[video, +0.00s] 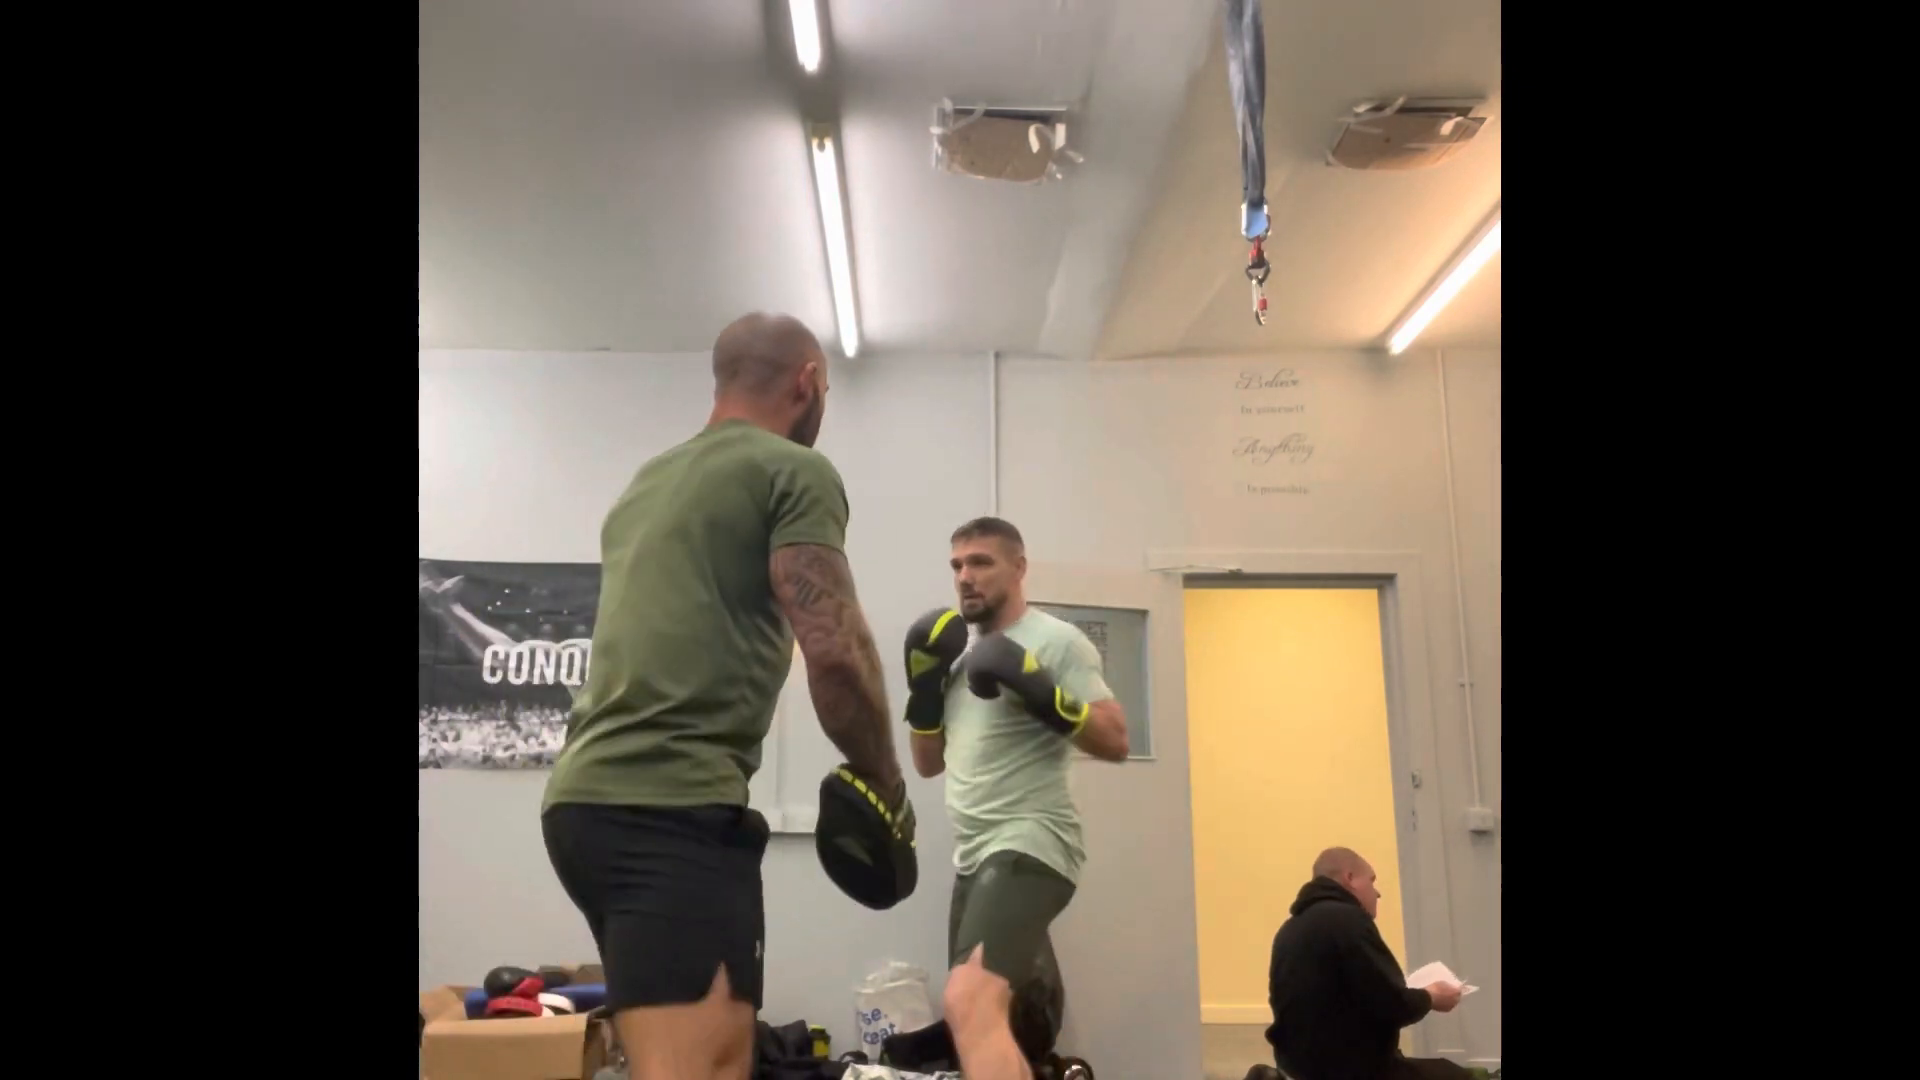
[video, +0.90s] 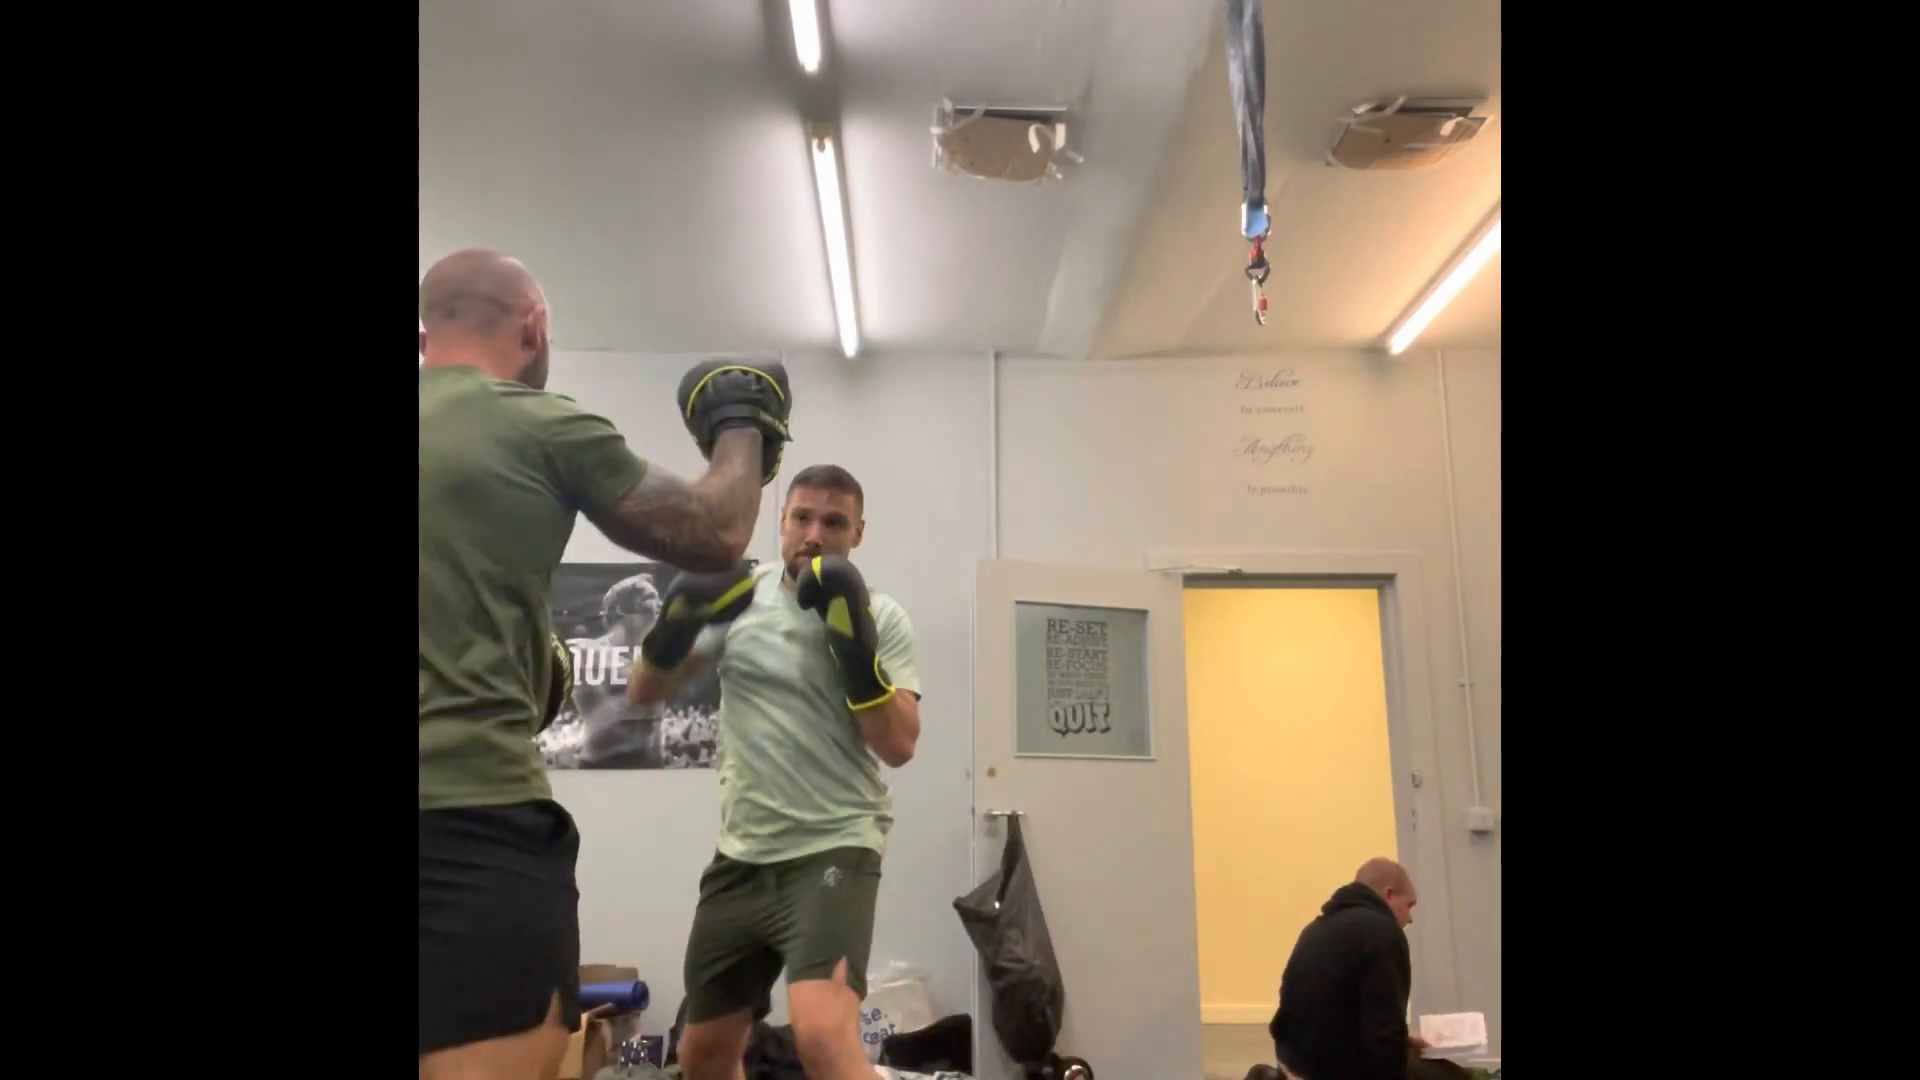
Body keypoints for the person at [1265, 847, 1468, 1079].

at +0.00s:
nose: (1377, 893)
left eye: (1374, 883)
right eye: (1372, 882)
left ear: (1325, 881)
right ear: (1349, 879)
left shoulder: (1288, 931)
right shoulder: (1347, 919)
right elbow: (1387, 1007)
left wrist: (1402, 992)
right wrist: (1430, 997)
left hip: (1302, 1069)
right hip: (1357, 1071)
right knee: (1456, 1072)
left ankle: (1273, 1075)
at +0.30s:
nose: (1375, 893)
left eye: (1372, 883)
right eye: (1370, 881)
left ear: (1320, 881)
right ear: (1347, 879)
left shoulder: (1287, 930)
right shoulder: (1347, 920)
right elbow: (1387, 1008)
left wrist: (1400, 1000)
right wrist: (1425, 1009)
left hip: (1302, 1068)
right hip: (1357, 1071)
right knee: (1454, 1072)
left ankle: (1271, 1075)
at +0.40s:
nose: (1376, 895)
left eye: (1374, 885)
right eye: (1371, 884)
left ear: (1326, 882)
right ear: (1347, 880)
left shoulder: (1288, 930)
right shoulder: (1350, 920)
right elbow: (1376, 1006)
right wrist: (1426, 1034)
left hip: (1302, 1067)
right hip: (1356, 1069)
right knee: (1460, 1072)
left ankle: (1272, 1074)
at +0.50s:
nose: (1377, 899)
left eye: (1376, 887)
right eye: (1373, 886)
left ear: (1323, 883)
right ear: (1352, 883)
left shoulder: (1290, 929)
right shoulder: (1352, 922)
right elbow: (1372, 1013)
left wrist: (1385, 1018)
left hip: (1299, 1065)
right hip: (1349, 1068)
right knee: (1449, 1070)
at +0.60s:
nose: (1381, 900)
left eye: (1380, 890)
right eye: (1378, 889)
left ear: (1329, 884)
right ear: (1356, 884)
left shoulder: (1292, 929)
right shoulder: (1357, 925)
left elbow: (1287, 1010)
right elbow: (1370, 1019)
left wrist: (1383, 1017)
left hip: (1299, 1066)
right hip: (1351, 1071)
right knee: (1450, 1071)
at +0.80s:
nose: (1397, 912)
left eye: (1399, 900)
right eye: (1396, 899)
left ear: (1349, 889)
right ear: (1374, 890)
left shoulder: (1306, 928)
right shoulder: (1374, 932)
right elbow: (1381, 1033)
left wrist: (1394, 1023)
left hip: (1296, 1065)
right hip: (1348, 1071)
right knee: (1450, 1071)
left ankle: (1276, 1074)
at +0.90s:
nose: (1410, 919)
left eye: (1412, 908)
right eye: (1409, 906)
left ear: (1360, 891)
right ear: (1389, 896)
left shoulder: (1319, 925)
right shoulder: (1384, 932)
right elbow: (1385, 1032)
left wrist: (1401, 1042)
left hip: (1295, 1060)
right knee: (1451, 1073)